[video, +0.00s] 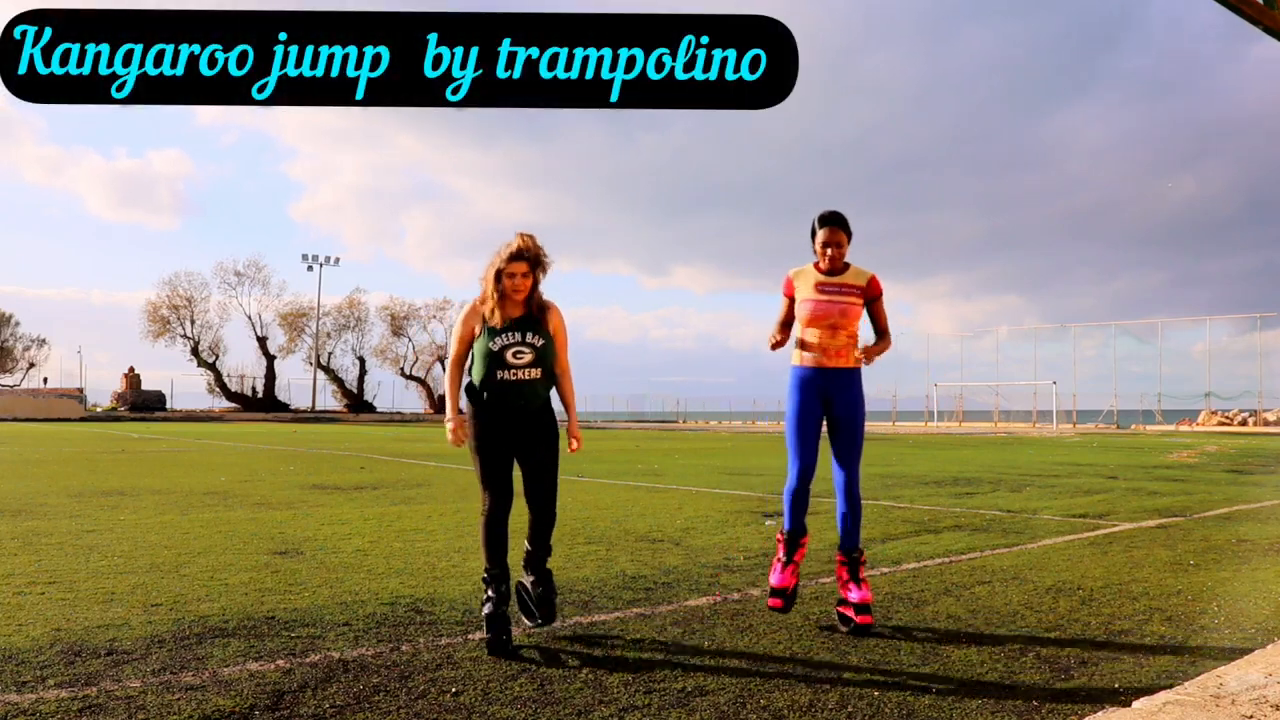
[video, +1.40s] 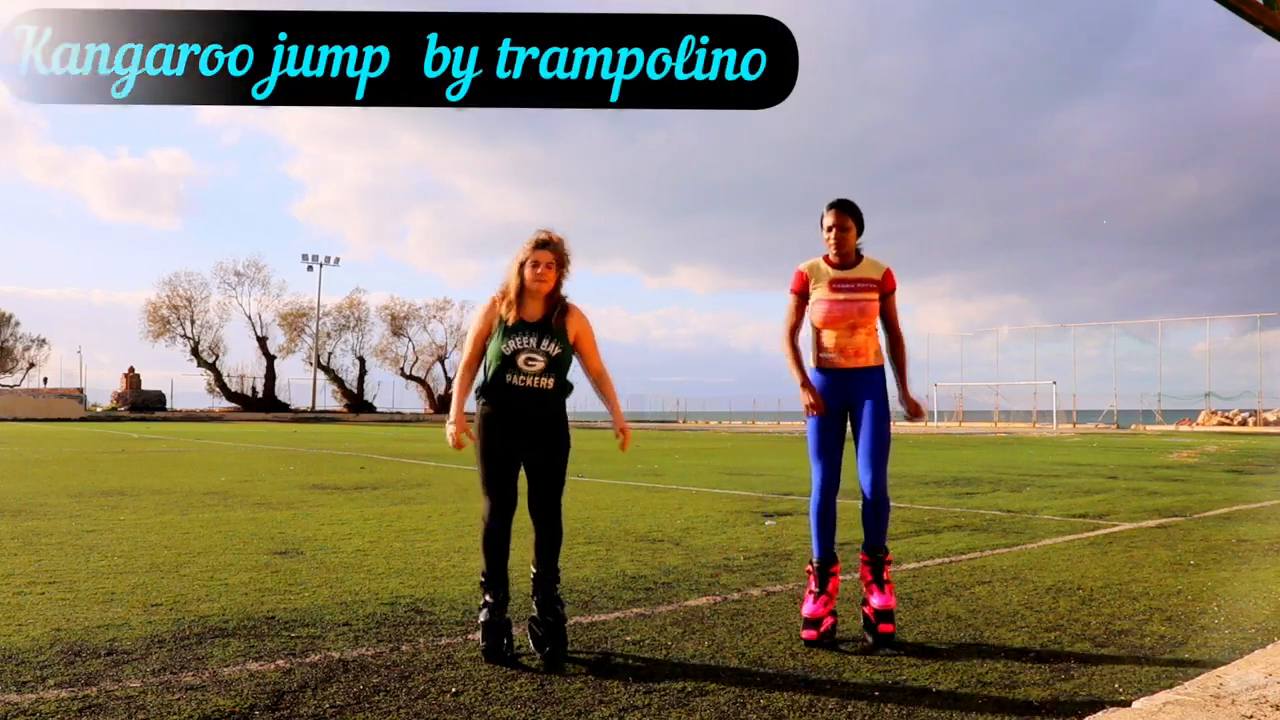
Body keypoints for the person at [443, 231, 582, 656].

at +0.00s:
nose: (519, 283)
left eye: (525, 276)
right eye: (512, 276)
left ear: (535, 278)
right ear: (498, 276)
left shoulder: (549, 314)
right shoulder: (476, 314)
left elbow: (561, 369)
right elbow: (455, 366)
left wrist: (571, 417)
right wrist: (452, 413)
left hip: (538, 420)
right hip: (490, 421)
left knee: (544, 506)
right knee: (497, 503)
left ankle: (537, 574)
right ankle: (495, 592)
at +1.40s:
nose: (542, 271)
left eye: (550, 266)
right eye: (535, 264)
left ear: (559, 274)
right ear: (521, 267)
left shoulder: (571, 318)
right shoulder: (497, 308)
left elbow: (596, 371)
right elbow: (470, 361)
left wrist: (617, 413)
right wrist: (456, 411)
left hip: (548, 424)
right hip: (498, 421)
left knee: (547, 513)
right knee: (498, 511)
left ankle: (547, 604)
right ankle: (493, 606)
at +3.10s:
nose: (452, 273)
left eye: (461, 267)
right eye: (447, 267)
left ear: (476, 275)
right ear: (439, 276)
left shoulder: (501, 313)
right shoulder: (428, 324)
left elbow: (537, 365)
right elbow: (420, 389)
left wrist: (567, 413)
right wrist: (426, 372)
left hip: (513, 416)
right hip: (464, 424)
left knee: (562, 494)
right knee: (467, 518)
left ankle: (613, 572)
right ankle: (470, 609)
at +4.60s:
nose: (494, 281)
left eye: (500, 274)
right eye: (485, 274)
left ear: (509, 279)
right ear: (471, 277)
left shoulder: (526, 316)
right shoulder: (452, 322)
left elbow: (555, 367)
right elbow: (437, 386)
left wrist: (580, 415)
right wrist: (447, 355)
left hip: (529, 421)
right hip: (480, 428)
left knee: (586, 492)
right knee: (488, 518)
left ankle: (633, 569)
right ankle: (494, 613)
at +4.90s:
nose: (488, 271)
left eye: (493, 264)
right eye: (480, 264)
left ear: (502, 267)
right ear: (462, 268)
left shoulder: (519, 302)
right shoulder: (442, 311)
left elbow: (553, 345)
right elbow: (422, 371)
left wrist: (586, 380)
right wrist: (438, 346)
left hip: (524, 403)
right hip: (476, 412)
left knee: (574, 484)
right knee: (486, 509)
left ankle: (622, 566)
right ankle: (490, 604)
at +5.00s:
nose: (486, 282)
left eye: (492, 276)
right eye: (478, 276)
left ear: (500, 280)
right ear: (462, 282)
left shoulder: (519, 321)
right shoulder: (444, 329)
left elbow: (547, 373)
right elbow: (434, 397)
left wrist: (572, 422)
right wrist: (445, 374)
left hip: (524, 421)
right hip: (476, 429)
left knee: (572, 498)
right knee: (487, 518)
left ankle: (609, 578)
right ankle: (493, 608)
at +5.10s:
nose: (492, 281)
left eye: (499, 275)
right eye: (485, 275)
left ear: (509, 278)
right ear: (471, 276)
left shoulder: (526, 313)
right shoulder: (454, 313)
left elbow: (550, 363)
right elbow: (437, 360)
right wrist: (454, 378)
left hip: (522, 415)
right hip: (477, 418)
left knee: (562, 494)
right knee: (488, 512)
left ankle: (574, 579)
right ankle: (492, 606)